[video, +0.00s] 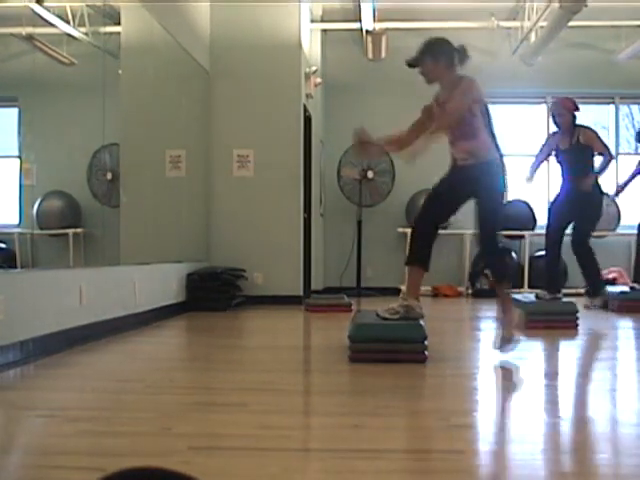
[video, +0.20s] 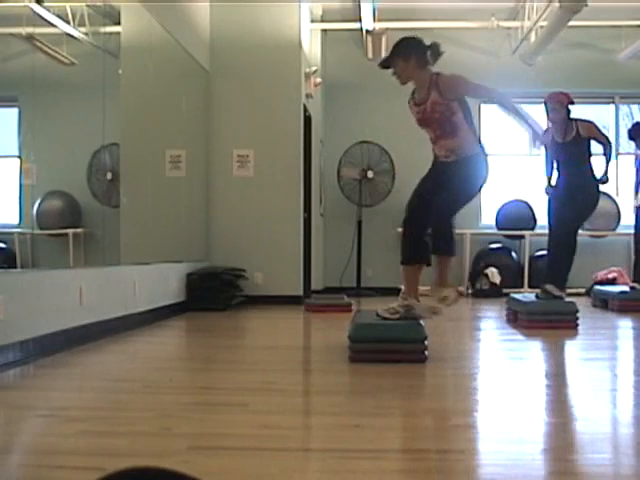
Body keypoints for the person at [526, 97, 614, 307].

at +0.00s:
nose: (558, 120)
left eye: (561, 115)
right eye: (555, 116)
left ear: (572, 115)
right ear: (552, 118)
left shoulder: (586, 134)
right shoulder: (554, 139)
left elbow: (608, 156)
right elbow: (540, 158)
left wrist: (596, 175)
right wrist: (531, 174)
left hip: (589, 194)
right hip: (567, 193)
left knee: (579, 241)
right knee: (552, 237)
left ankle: (596, 291)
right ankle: (552, 289)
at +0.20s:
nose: (552, 115)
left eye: (556, 111)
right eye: (549, 111)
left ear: (567, 111)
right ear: (546, 113)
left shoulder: (585, 128)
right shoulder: (547, 136)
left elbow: (607, 144)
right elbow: (549, 161)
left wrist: (606, 171)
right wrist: (548, 182)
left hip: (586, 186)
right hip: (562, 188)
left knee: (566, 229)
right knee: (556, 233)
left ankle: (557, 284)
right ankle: (552, 284)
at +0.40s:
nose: (554, 113)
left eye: (558, 109)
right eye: (553, 109)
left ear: (570, 108)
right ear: (553, 111)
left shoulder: (587, 126)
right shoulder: (555, 132)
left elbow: (611, 145)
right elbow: (542, 150)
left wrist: (596, 155)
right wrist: (530, 159)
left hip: (588, 187)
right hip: (566, 187)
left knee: (570, 231)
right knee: (557, 232)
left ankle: (567, 284)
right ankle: (552, 285)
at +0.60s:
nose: (568, 117)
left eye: (572, 112)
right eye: (568, 112)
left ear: (584, 113)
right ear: (569, 115)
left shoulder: (593, 132)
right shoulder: (574, 134)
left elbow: (586, 115)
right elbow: (545, 128)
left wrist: (571, 98)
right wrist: (531, 109)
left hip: (600, 196)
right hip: (582, 197)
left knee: (599, 246)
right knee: (561, 240)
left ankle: (620, 298)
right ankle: (553, 290)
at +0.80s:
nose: (582, 134)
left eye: (585, 129)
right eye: (581, 131)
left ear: (596, 130)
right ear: (595, 132)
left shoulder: (605, 150)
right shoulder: (600, 152)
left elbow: (585, 139)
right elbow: (582, 140)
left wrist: (566, 122)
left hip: (615, 213)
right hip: (604, 212)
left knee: (620, 265)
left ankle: (634, 313)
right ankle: (553, 284)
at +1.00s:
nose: (585, 127)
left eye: (588, 123)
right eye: (585, 123)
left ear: (600, 123)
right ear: (597, 125)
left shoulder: (604, 143)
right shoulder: (601, 146)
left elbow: (599, 161)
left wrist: (587, 172)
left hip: (614, 205)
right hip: (612, 204)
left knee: (623, 258)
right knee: (576, 238)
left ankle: (632, 310)